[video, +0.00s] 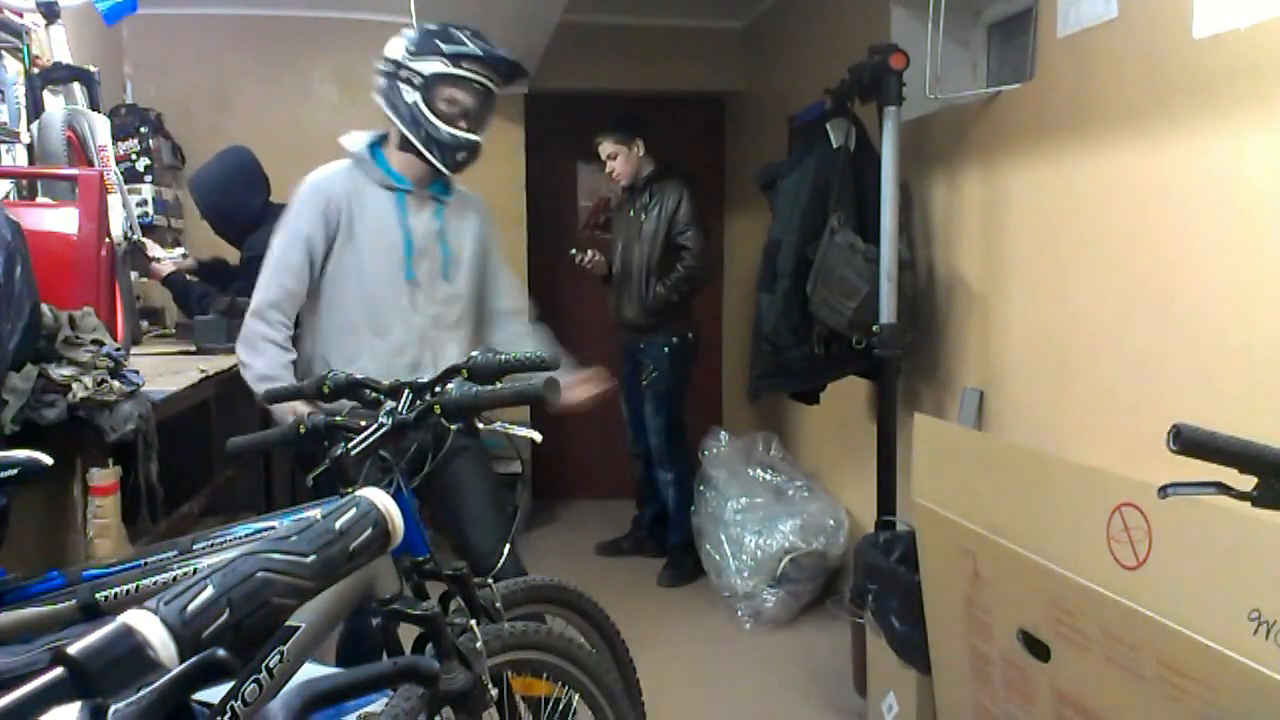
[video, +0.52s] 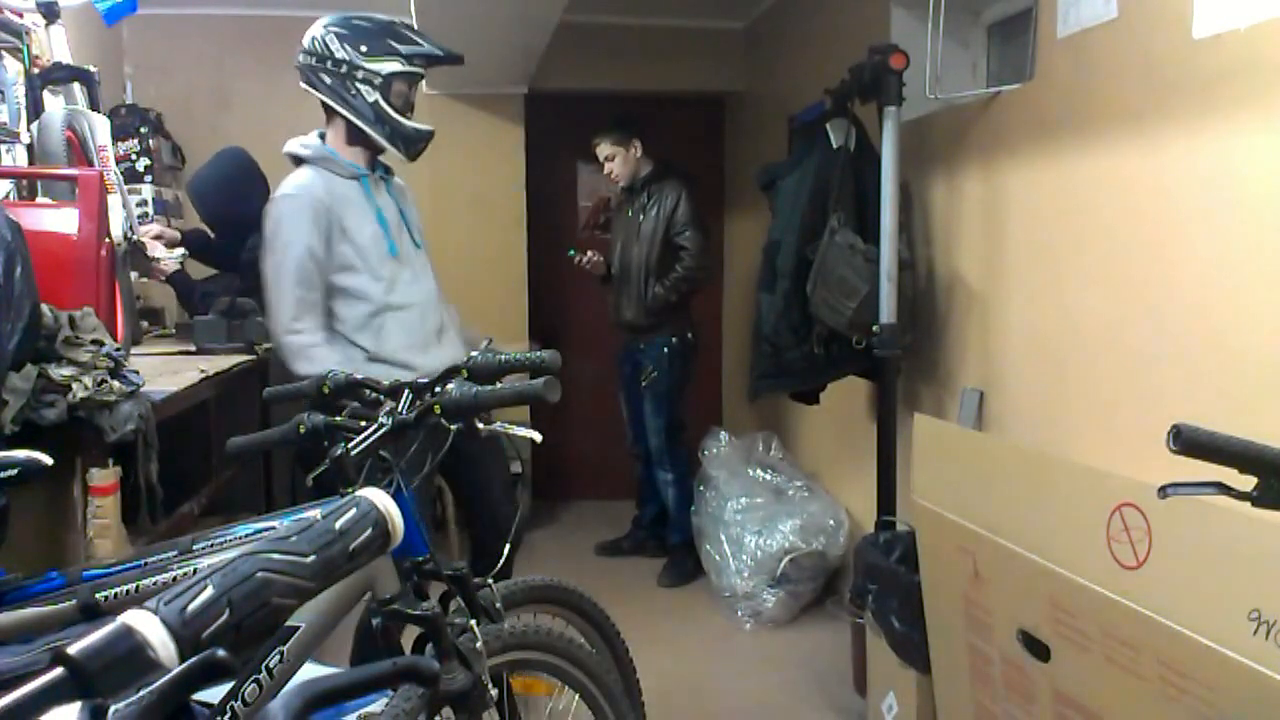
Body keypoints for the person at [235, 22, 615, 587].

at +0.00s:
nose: (462, 124)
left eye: (473, 111)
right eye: (450, 105)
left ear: (484, 116)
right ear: (406, 96)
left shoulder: (469, 215)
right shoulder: (330, 191)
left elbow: (505, 320)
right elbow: (266, 319)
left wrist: (559, 376)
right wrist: (287, 404)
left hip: (446, 425)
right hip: (350, 427)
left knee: (501, 573)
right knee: (358, 593)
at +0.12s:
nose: (444, 105)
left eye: (453, 92)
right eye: (432, 86)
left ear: (460, 95)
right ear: (383, 80)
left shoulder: (432, 188)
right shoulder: (304, 184)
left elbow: (428, 306)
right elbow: (269, 315)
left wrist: (461, 385)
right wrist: (304, 419)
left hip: (438, 407)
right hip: (348, 419)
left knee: (498, 554)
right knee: (361, 581)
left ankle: (529, 690)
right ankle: (363, 705)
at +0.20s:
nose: (432, 103)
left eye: (439, 89)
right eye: (420, 86)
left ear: (441, 90)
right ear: (370, 78)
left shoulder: (417, 187)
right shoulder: (298, 187)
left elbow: (437, 299)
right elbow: (273, 321)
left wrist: (502, 360)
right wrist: (325, 411)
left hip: (437, 401)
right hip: (352, 414)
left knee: (503, 549)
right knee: (362, 580)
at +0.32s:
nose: (415, 122)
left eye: (419, 108)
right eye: (405, 107)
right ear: (359, 97)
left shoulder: (409, 197)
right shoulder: (303, 199)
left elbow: (465, 281)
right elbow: (296, 333)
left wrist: (547, 315)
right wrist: (370, 383)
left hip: (428, 405)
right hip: (349, 417)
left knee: (503, 541)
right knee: (370, 580)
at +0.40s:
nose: (411, 117)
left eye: (413, 102)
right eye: (400, 101)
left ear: (359, 94)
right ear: (353, 94)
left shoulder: (396, 191)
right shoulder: (294, 201)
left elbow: (448, 300)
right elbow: (290, 345)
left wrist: (516, 347)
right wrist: (363, 406)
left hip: (441, 401)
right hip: (361, 417)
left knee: (495, 545)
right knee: (383, 579)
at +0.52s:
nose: (413, 105)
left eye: (414, 92)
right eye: (403, 91)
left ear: (365, 91)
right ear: (355, 89)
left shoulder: (393, 189)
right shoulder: (302, 198)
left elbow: (422, 298)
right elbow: (298, 335)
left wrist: (475, 352)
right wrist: (380, 396)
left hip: (446, 394)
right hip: (376, 412)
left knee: (497, 522)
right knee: (394, 570)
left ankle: (474, 649)